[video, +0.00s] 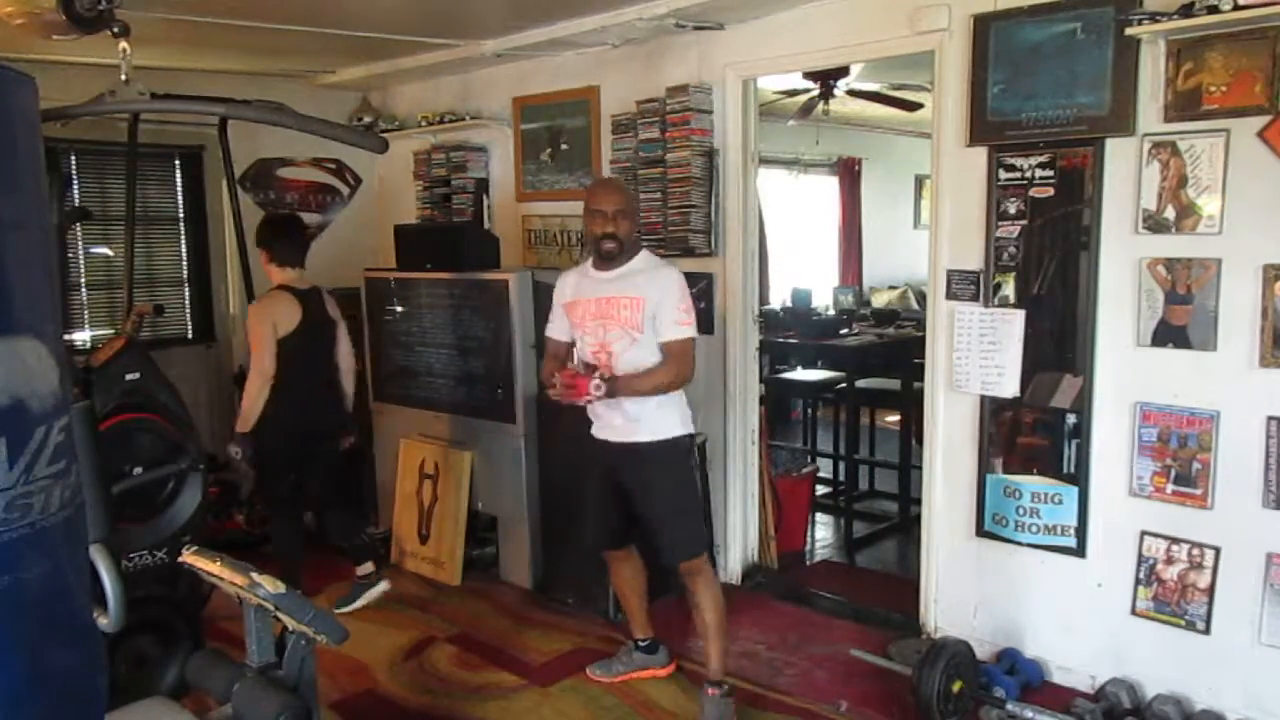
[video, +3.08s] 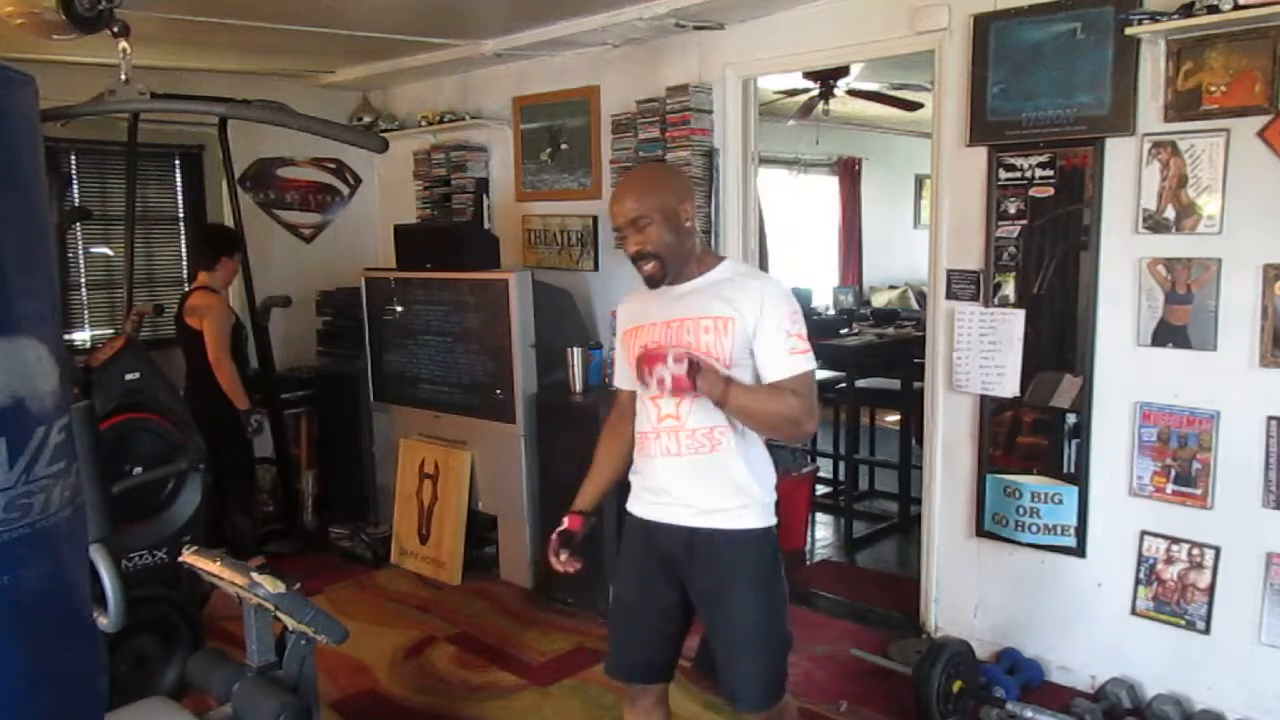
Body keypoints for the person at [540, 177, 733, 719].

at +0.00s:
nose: (607, 225)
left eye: (619, 215)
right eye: (597, 215)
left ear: (638, 221)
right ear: (584, 223)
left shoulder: (664, 280)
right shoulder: (569, 285)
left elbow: (681, 369)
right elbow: (553, 358)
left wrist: (615, 386)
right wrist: (555, 380)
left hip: (663, 442)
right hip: (603, 443)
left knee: (691, 562)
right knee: (616, 548)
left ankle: (717, 683)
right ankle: (644, 645)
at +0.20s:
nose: (635, 230)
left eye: (648, 219)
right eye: (625, 218)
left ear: (668, 226)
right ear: (612, 224)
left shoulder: (695, 293)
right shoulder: (597, 292)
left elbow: (734, 378)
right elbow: (574, 370)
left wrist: (690, 430)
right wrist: (552, 430)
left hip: (678, 459)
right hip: (621, 457)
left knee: (688, 584)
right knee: (631, 557)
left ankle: (708, 701)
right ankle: (647, 648)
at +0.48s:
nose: (658, 217)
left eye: (670, 203)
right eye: (647, 208)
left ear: (699, 207)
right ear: (638, 218)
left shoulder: (743, 284)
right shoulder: (628, 285)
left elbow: (765, 379)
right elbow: (621, 357)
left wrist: (709, 353)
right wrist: (624, 404)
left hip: (710, 463)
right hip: (637, 457)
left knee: (714, 593)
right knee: (614, 575)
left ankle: (712, 706)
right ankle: (644, 644)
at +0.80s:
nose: (675, 223)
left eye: (686, 209)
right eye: (661, 215)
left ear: (711, 210)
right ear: (648, 225)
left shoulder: (752, 285)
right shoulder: (629, 290)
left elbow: (767, 380)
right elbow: (612, 382)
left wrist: (720, 301)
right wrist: (598, 475)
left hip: (723, 481)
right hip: (644, 478)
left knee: (720, 612)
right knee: (640, 617)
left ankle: (713, 708)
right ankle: (641, 714)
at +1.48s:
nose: (634, 220)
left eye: (646, 202)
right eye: (617, 210)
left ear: (675, 206)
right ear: (604, 223)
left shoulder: (727, 298)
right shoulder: (574, 308)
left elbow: (747, 408)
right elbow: (566, 433)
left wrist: (692, 303)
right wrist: (607, 536)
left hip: (710, 532)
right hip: (615, 537)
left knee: (738, 699)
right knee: (619, 697)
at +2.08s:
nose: (657, 218)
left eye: (676, 196)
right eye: (654, 202)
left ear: (739, 202)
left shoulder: (809, 315)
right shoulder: (655, 309)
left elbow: (769, 456)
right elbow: (638, 432)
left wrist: (716, 321)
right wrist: (583, 544)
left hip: (745, 598)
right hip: (641, 583)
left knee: (745, 709)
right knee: (608, 709)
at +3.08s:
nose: (629, 246)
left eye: (640, 227)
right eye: (620, 233)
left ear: (686, 216)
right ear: (615, 235)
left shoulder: (760, 295)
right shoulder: (634, 309)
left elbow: (801, 417)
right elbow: (624, 415)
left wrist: (713, 384)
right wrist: (581, 511)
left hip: (737, 534)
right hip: (649, 528)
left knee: (761, 702)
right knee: (640, 689)